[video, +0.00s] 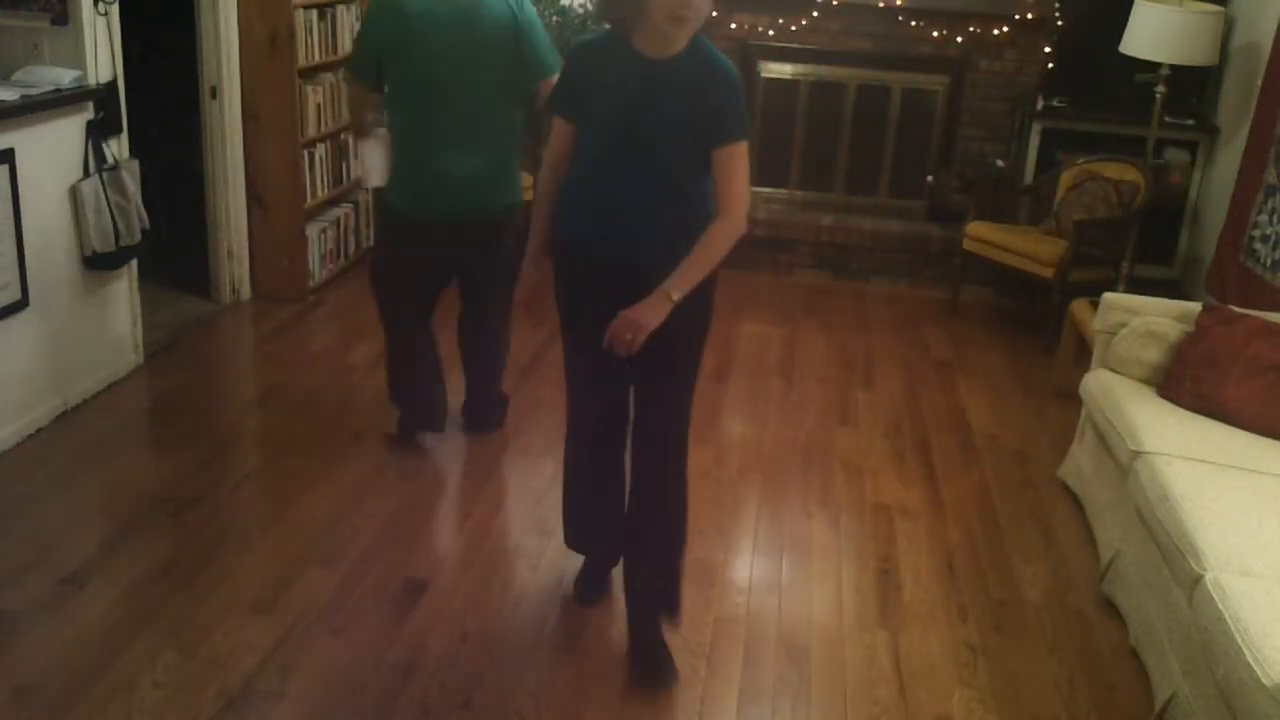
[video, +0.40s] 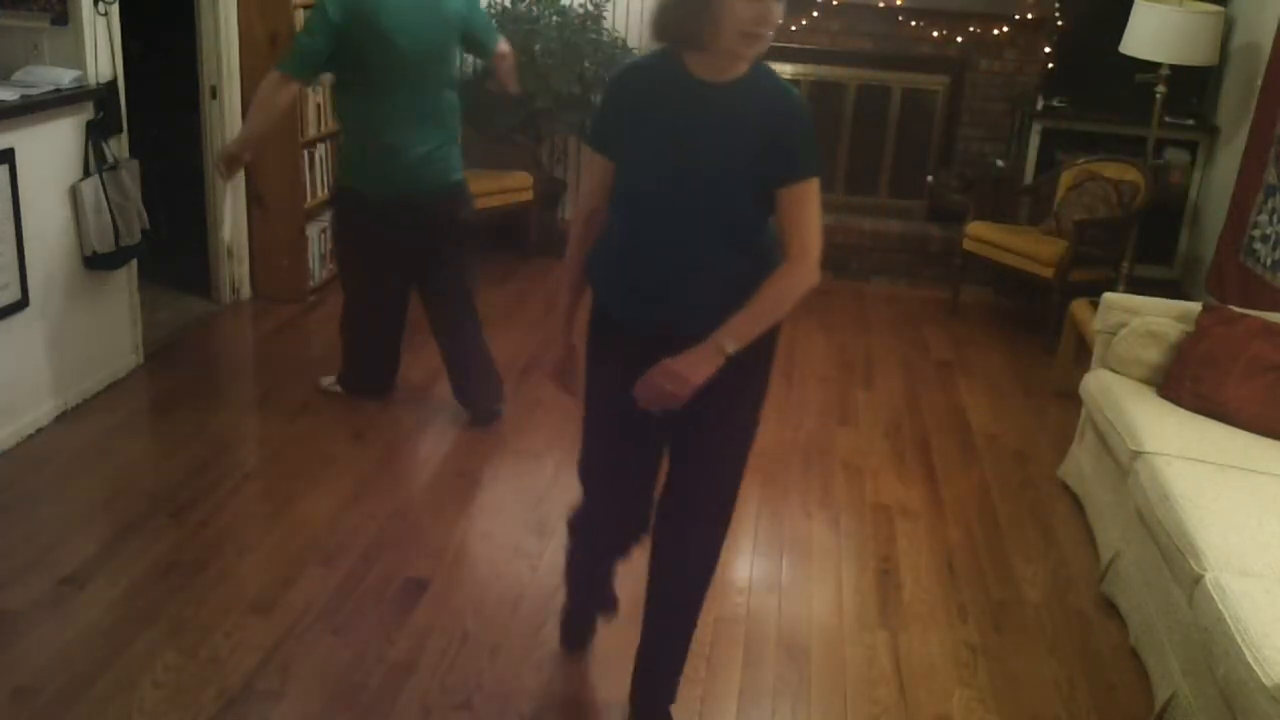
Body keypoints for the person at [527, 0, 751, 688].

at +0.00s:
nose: (693, 4)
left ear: (708, 7)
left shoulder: (716, 81)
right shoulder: (590, 60)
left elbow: (734, 217)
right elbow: (553, 165)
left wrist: (661, 300)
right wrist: (536, 252)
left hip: (676, 283)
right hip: (587, 271)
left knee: (661, 438)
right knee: (594, 422)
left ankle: (650, 611)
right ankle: (598, 547)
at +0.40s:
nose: (767, 15)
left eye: (775, 3)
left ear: (783, 15)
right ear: (702, 4)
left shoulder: (779, 109)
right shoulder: (634, 86)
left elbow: (803, 264)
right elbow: (588, 215)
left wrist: (710, 353)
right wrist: (564, 330)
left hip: (733, 344)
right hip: (626, 330)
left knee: (693, 538)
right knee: (614, 512)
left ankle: (653, 700)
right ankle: (583, 598)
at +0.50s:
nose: (791, 18)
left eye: (799, 5)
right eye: (774, 0)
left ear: (803, 16)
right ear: (723, 5)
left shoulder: (797, 111)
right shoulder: (649, 90)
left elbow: (824, 273)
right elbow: (599, 221)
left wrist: (744, 369)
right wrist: (572, 338)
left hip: (744, 353)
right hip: (639, 339)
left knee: (700, 549)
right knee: (631, 533)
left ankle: (660, 703)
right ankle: (600, 681)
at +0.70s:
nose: (849, 38)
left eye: (855, 22)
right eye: (835, 17)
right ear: (778, 16)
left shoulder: (841, 137)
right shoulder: (684, 114)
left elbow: (884, 285)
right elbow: (618, 248)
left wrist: (878, 400)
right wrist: (578, 365)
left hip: (783, 374)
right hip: (672, 364)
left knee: (712, 574)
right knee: (697, 580)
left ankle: (655, 703)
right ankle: (720, 709)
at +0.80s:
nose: (884, 47)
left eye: (889, 31)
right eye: (873, 26)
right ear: (819, 23)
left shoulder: (863, 149)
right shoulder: (709, 132)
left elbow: (910, 293)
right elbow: (631, 271)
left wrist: (948, 412)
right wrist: (585, 393)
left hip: (807, 395)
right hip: (699, 386)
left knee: (744, 572)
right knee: (738, 590)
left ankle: (665, 694)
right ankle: (757, 711)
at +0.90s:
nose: (925, 48)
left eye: (928, 31)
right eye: (916, 27)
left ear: (872, 36)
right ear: (863, 28)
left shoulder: (888, 149)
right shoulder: (748, 134)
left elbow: (931, 301)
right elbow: (658, 285)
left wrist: (1002, 421)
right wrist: (613, 431)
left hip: (836, 412)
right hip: (736, 409)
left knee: (803, 620)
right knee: (768, 631)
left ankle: (675, 692)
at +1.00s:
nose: (973, 49)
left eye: (976, 32)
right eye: (965, 27)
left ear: (921, 38)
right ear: (913, 29)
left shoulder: (907, 146)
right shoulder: (794, 141)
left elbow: (949, 312)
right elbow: (694, 307)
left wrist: (1034, 437)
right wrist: (665, 467)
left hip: (859, 430)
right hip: (771, 428)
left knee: (869, 637)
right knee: (795, 665)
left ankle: (718, 709)